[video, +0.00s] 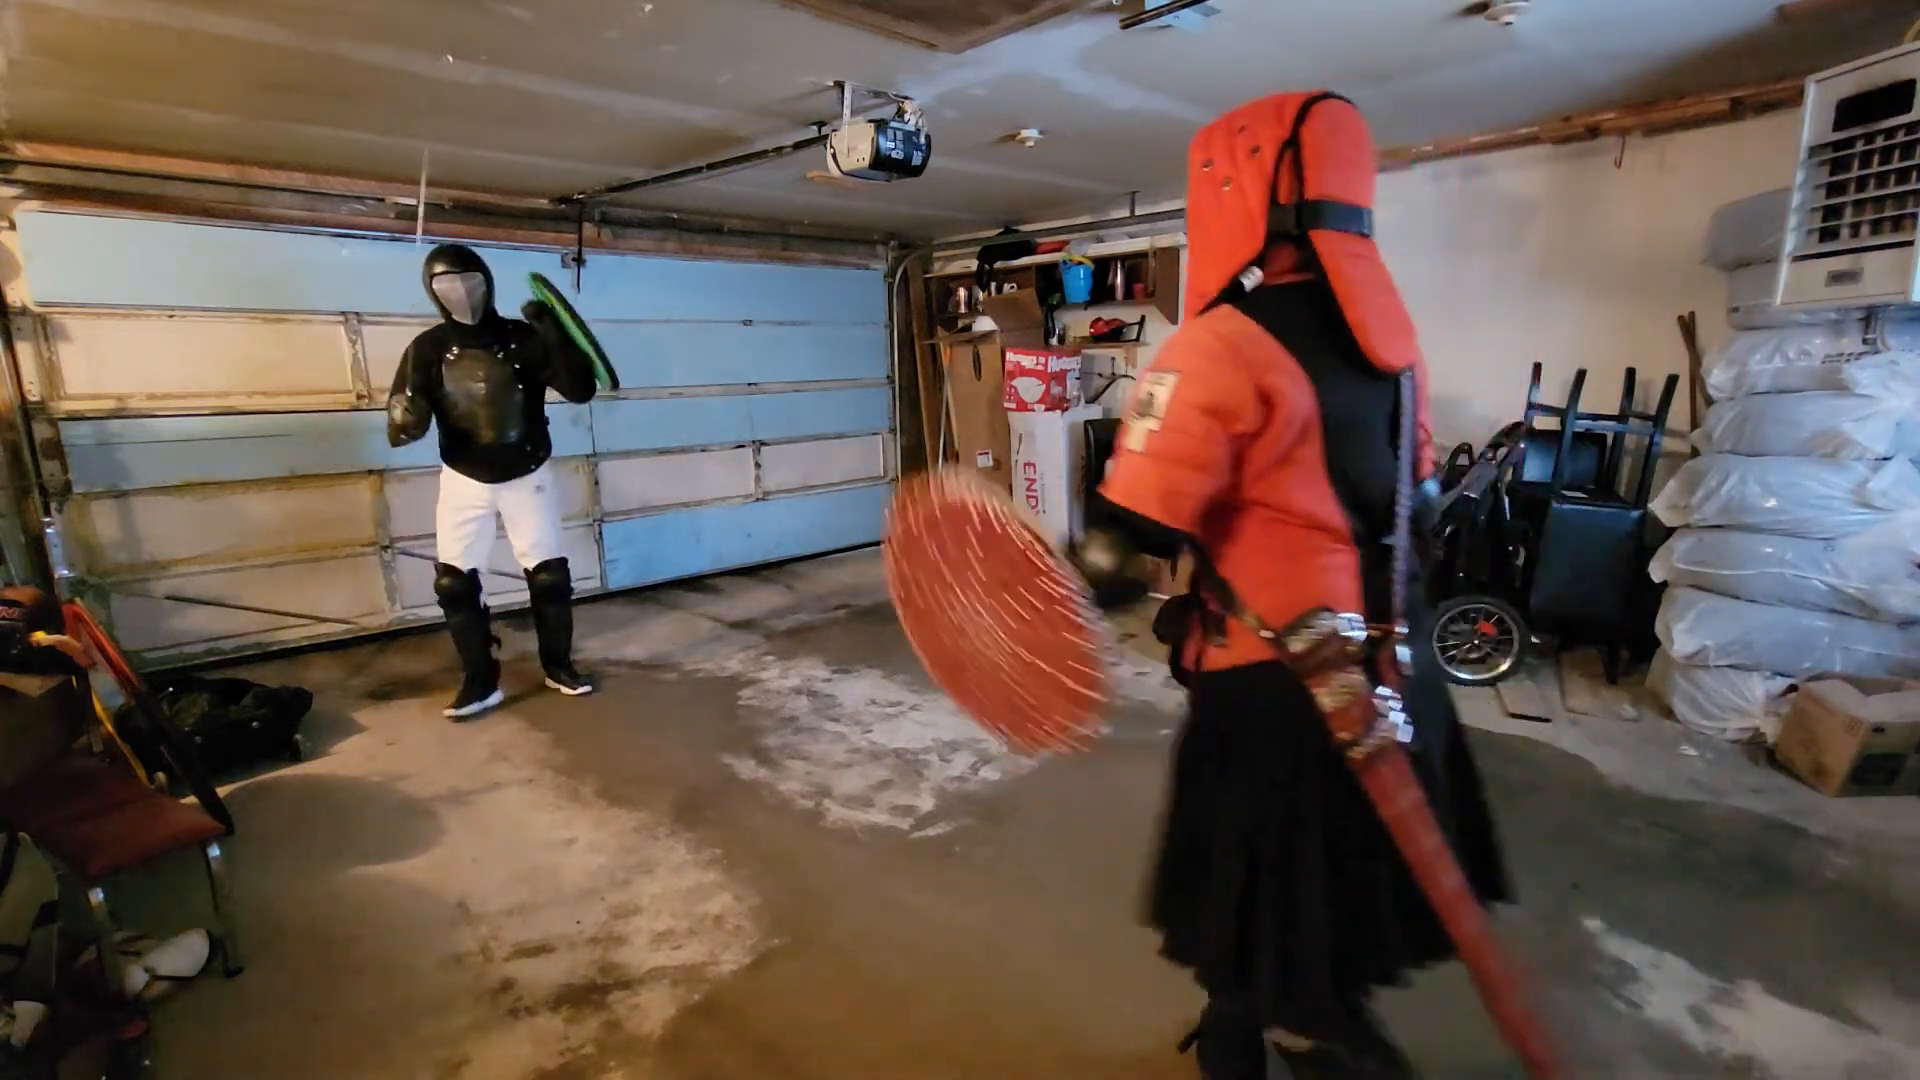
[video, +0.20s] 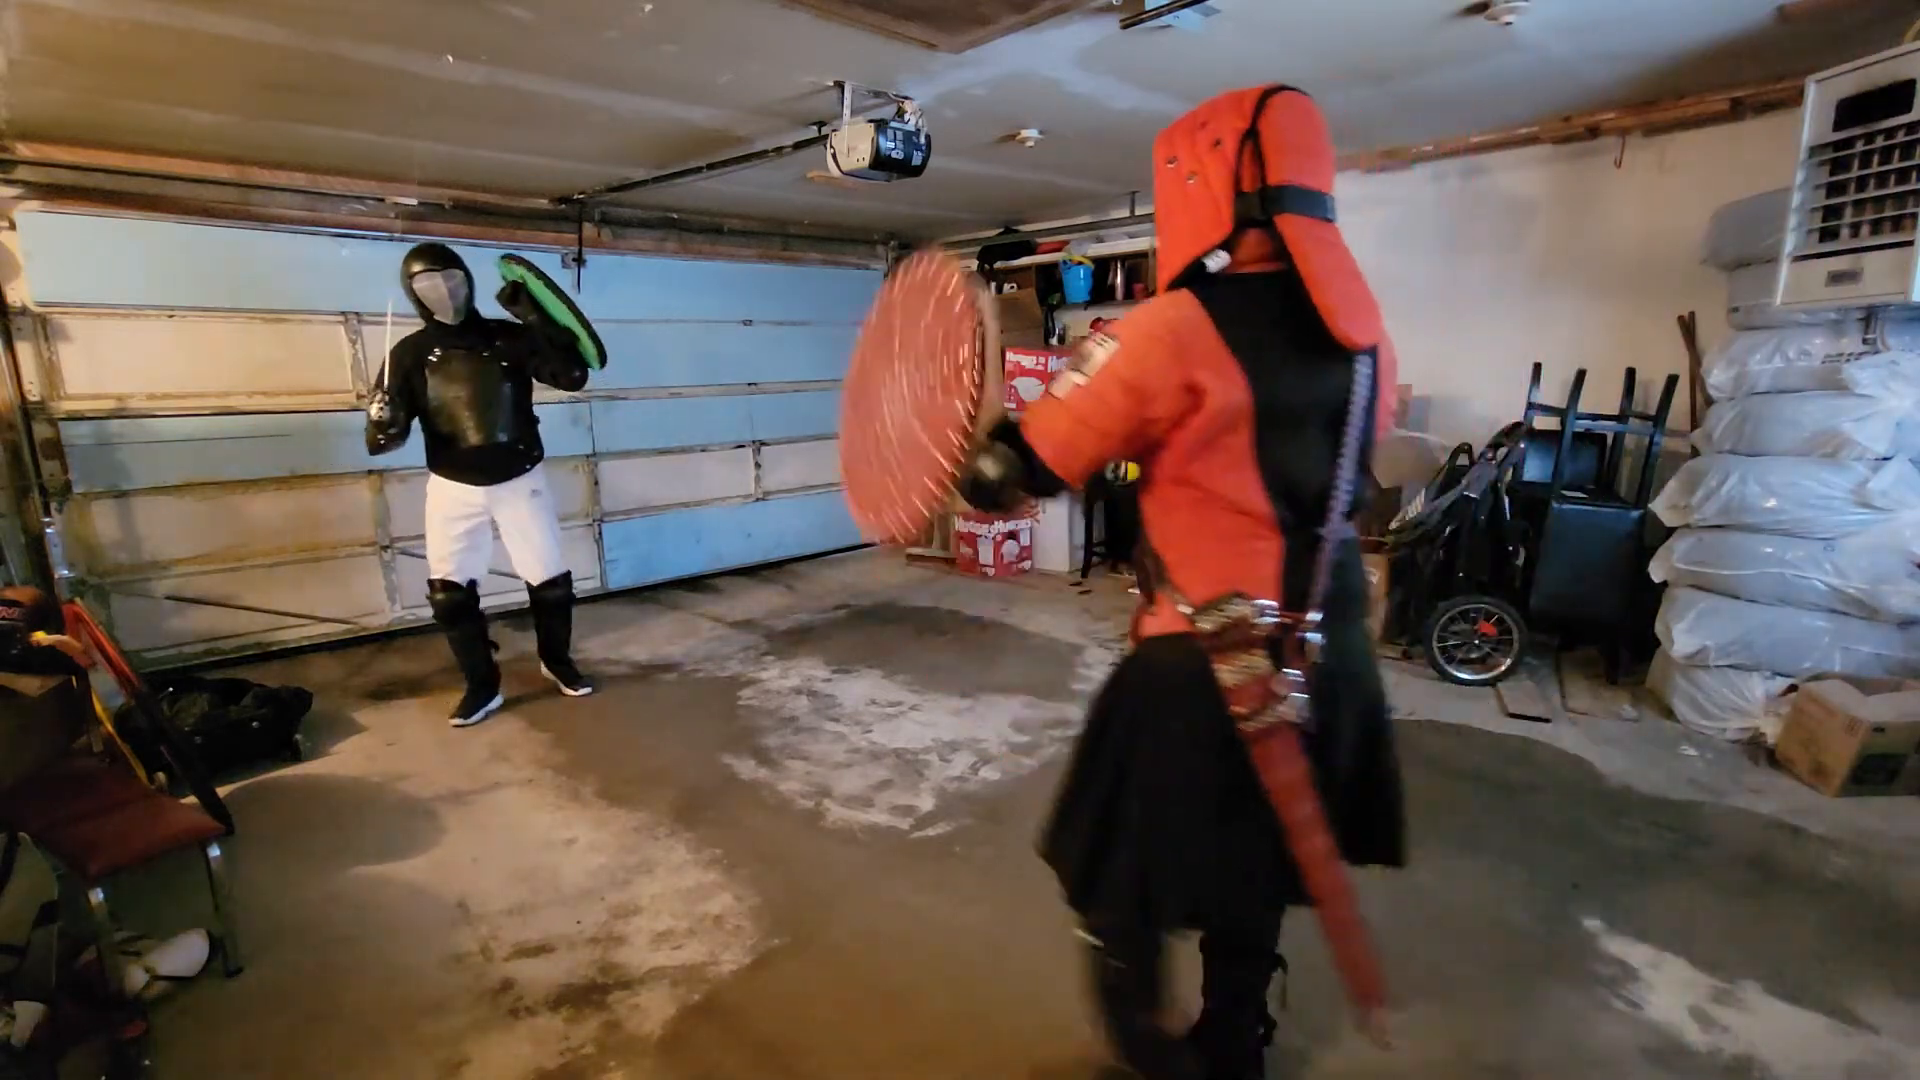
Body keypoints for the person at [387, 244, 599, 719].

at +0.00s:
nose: (457, 292)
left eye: (465, 281)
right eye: (445, 284)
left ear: (483, 282)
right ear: (434, 291)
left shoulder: (525, 337)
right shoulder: (427, 349)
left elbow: (581, 389)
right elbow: (401, 431)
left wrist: (555, 334)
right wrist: (405, 417)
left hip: (527, 476)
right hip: (463, 479)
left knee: (549, 575)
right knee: (453, 583)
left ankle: (558, 666)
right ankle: (480, 681)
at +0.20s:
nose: (444, 291)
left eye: (452, 279)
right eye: (430, 283)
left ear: (466, 282)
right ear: (415, 293)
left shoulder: (510, 337)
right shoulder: (409, 355)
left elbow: (573, 377)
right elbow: (383, 437)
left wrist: (535, 318)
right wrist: (382, 426)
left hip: (520, 481)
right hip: (452, 486)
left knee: (552, 581)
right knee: (449, 593)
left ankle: (557, 659)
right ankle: (481, 684)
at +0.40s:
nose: (432, 287)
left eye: (439, 274)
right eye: (418, 280)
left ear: (455, 276)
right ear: (402, 290)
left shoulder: (501, 335)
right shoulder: (398, 353)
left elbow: (568, 375)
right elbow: (366, 439)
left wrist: (531, 318)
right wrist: (377, 431)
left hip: (516, 482)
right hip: (447, 490)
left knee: (559, 577)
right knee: (447, 598)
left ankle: (565, 670)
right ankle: (482, 685)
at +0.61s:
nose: (445, 291)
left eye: (452, 278)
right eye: (430, 283)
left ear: (467, 279)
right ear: (413, 292)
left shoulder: (512, 338)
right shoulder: (407, 354)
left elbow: (579, 379)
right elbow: (369, 428)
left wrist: (546, 319)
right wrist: (380, 445)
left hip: (521, 487)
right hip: (451, 495)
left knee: (556, 586)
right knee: (451, 601)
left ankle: (587, 698)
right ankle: (482, 687)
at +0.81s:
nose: (474, 283)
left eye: (481, 272)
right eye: (459, 276)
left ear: (497, 277)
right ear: (442, 287)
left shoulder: (541, 342)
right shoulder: (432, 353)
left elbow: (604, 387)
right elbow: (393, 421)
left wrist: (573, 323)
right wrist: (394, 462)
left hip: (543, 497)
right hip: (469, 503)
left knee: (577, 598)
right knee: (457, 609)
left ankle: (591, 711)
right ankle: (481, 681)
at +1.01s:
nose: (501, 272)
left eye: (509, 261)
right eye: (487, 263)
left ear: (524, 268)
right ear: (466, 276)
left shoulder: (562, 336)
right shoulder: (451, 343)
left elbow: (627, 380)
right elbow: (413, 417)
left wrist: (601, 316)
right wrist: (420, 481)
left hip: (557, 494)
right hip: (482, 497)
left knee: (583, 600)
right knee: (461, 602)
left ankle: (591, 712)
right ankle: (485, 673)